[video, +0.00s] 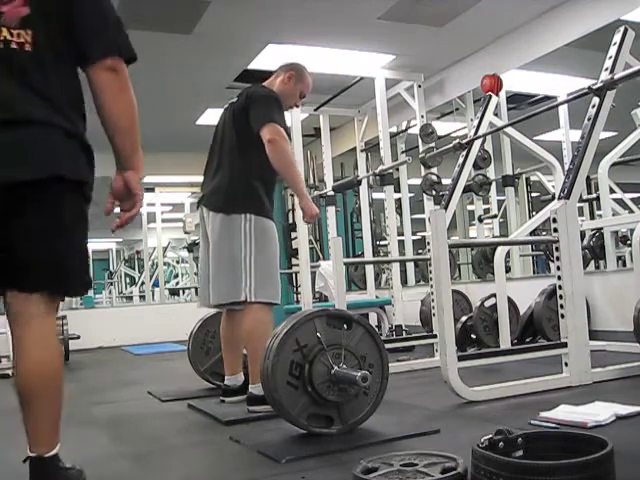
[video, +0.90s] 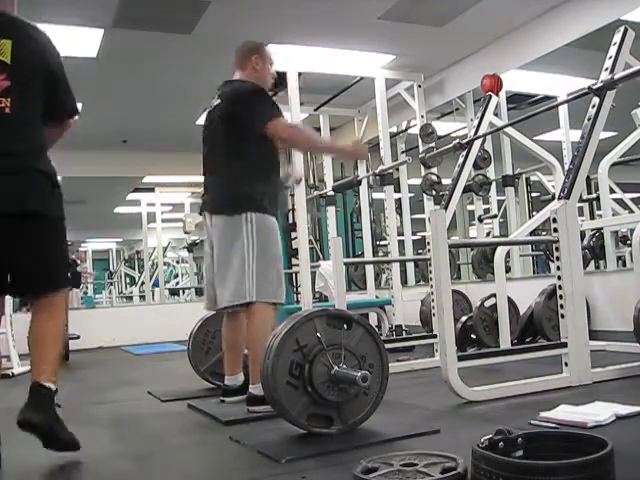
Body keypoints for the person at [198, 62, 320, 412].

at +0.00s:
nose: (298, 103)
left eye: (303, 99)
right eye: (301, 94)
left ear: (277, 76)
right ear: (285, 77)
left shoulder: (237, 104)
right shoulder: (263, 95)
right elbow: (272, 137)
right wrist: (303, 196)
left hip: (220, 207)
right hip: (245, 208)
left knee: (234, 302)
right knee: (259, 301)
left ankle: (233, 383)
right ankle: (260, 389)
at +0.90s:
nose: (272, 76)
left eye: (272, 69)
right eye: (270, 68)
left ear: (239, 66)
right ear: (256, 62)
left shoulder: (220, 103)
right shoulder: (250, 94)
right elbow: (284, 132)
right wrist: (340, 148)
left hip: (222, 210)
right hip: (249, 210)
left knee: (234, 300)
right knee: (262, 298)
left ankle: (233, 382)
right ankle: (260, 389)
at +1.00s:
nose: (259, 69)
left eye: (258, 63)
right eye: (257, 62)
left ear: (225, 64)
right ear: (242, 61)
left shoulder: (209, 104)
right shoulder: (244, 93)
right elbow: (301, 98)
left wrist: (290, 108)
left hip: (224, 211)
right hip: (255, 209)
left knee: (238, 302)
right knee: (266, 299)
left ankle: (233, 382)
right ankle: (260, 390)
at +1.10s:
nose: (253, 68)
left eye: (252, 63)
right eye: (250, 61)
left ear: (219, 66)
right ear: (235, 60)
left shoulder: (208, 102)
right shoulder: (238, 90)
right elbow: (292, 66)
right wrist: (330, 28)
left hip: (227, 208)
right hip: (254, 204)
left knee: (245, 299)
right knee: (266, 299)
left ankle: (233, 383)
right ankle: (259, 389)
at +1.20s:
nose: (255, 64)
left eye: (254, 60)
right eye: (251, 60)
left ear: (219, 66)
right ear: (239, 61)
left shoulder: (207, 102)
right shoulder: (240, 87)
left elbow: (240, 72)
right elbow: (286, 32)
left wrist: (253, 44)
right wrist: (297, 6)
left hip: (231, 205)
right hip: (257, 199)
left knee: (247, 296)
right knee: (267, 297)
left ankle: (234, 382)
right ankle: (260, 389)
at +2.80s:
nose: (268, 66)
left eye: (264, 61)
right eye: (265, 61)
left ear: (233, 65)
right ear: (255, 64)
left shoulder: (217, 91)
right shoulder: (247, 79)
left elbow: (239, 56)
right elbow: (277, 25)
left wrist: (248, 30)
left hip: (222, 197)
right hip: (249, 193)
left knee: (237, 301)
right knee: (262, 298)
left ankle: (234, 383)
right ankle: (261, 388)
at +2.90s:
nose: (281, 93)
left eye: (281, 89)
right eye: (281, 85)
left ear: (251, 80)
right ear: (269, 77)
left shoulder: (223, 108)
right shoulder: (253, 84)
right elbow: (294, 53)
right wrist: (321, 22)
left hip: (206, 203)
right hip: (233, 199)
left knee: (238, 303)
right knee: (263, 298)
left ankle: (234, 383)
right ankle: (260, 388)